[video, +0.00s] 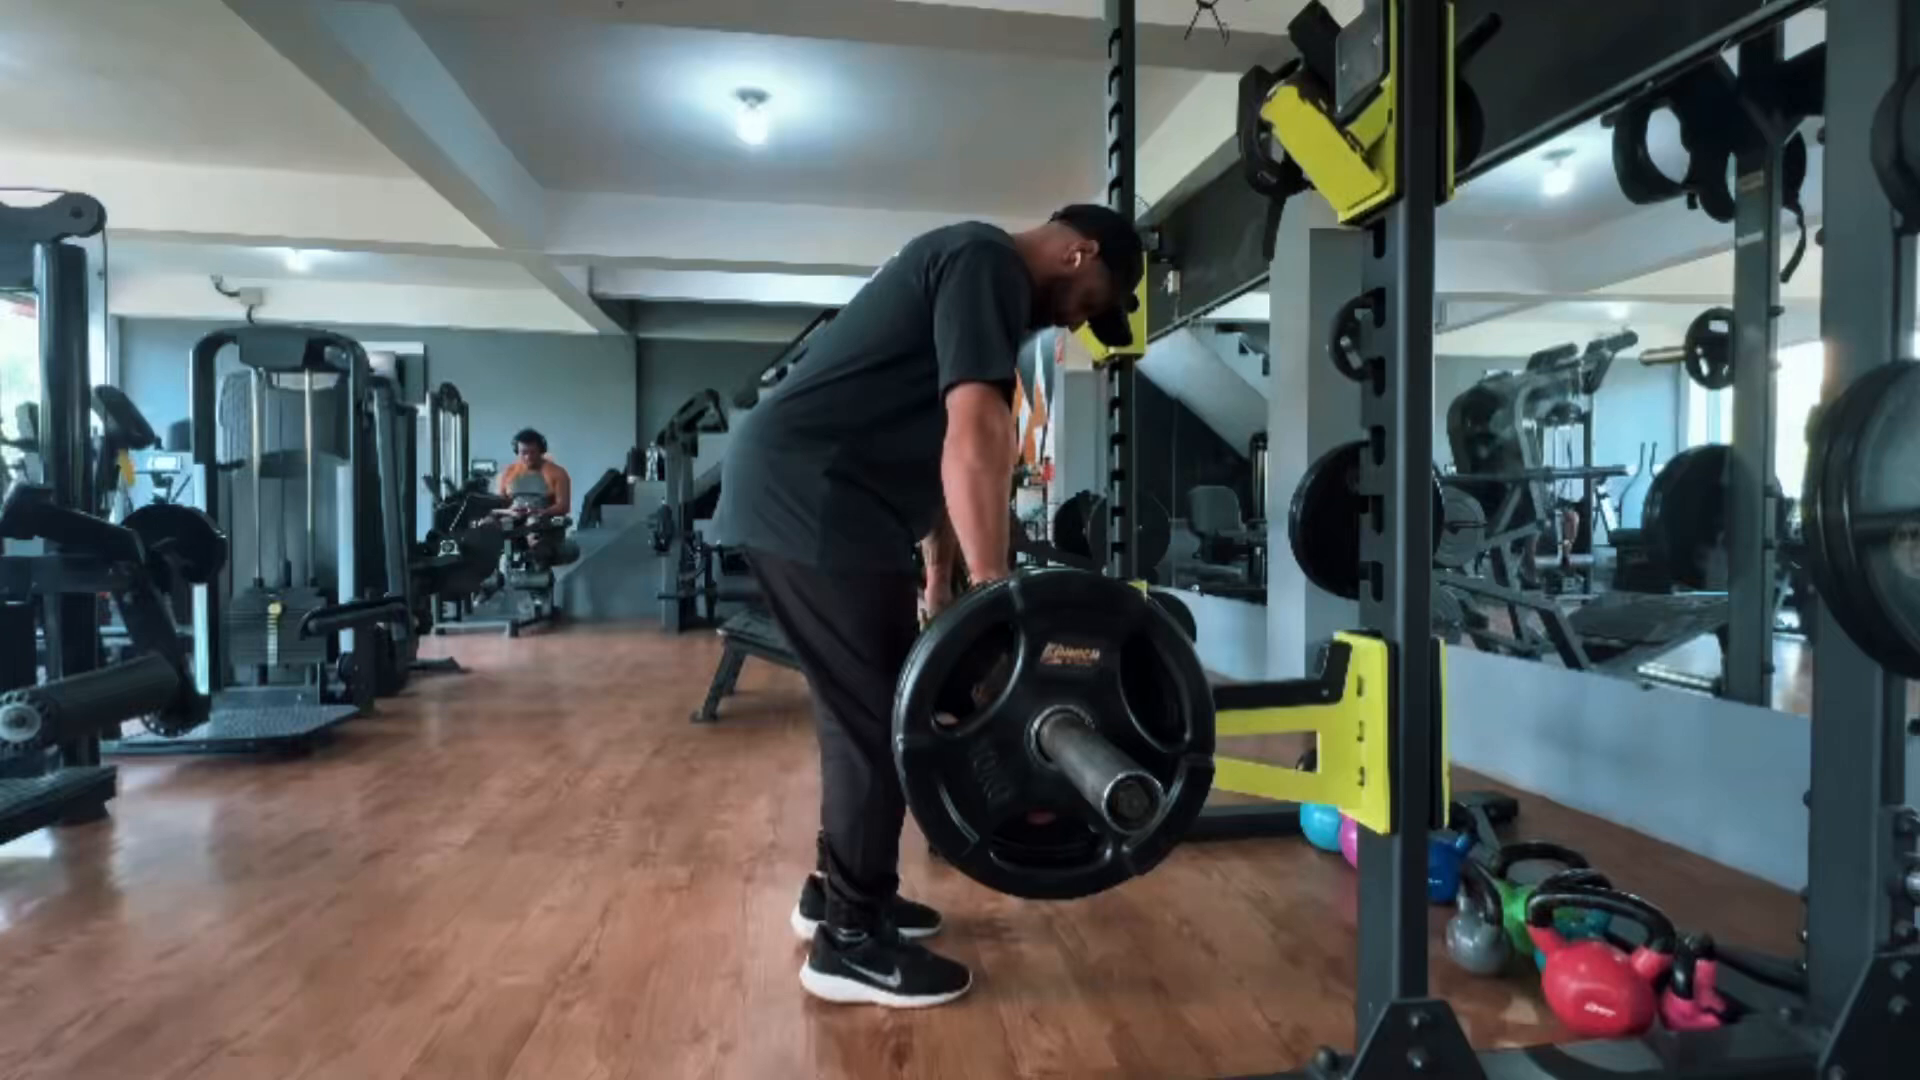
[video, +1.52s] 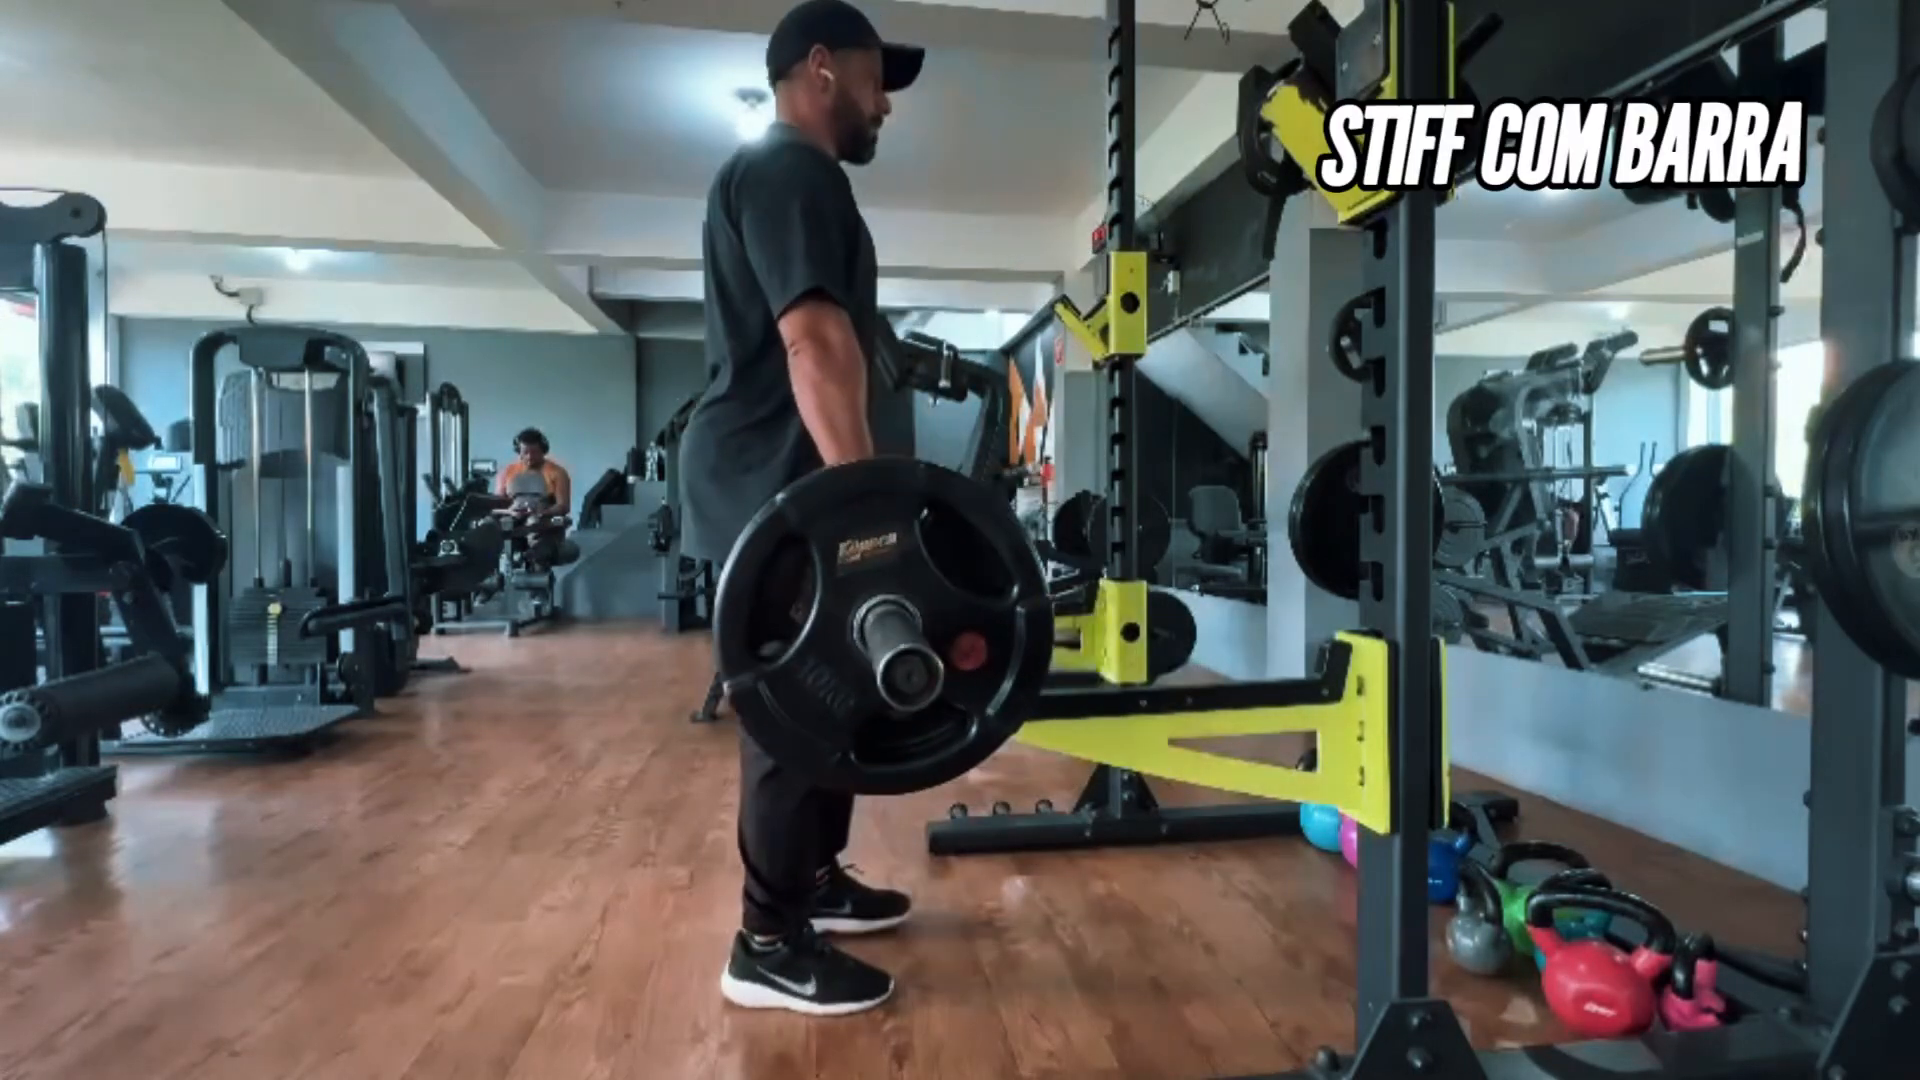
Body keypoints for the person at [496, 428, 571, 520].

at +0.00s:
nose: (528, 457)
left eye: (533, 452)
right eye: (524, 452)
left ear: (541, 451)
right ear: (517, 453)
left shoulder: (557, 474)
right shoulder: (510, 472)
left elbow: (563, 507)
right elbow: (503, 500)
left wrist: (540, 513)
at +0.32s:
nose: (527, 457)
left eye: (532, 452)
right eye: (523, 452)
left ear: (541, 451)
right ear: (517, 452)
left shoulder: (556, 473)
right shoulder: (508, 472)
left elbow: (562, 506)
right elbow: (500, 500)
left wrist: (538, 513)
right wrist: (512, 512)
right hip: (514, 522)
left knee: (535, 537)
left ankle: (542, 573)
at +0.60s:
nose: (527, 457)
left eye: (532, 452)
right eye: (523, 452)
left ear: (541, 451)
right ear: (517, 452)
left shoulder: (556, 473)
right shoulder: (509, 472)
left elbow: (563, 506)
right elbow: (501, 499)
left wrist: (540, 514)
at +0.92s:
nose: (528, 458)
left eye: (532, 453)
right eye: (524, 453)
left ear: (541, 452)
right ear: (518, 452)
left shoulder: (556, 473)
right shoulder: (507, 472)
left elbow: (563, 507)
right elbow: (501, 501)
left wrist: (539, 512)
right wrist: (512, 512)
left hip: (543, 519)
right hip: (514, 521)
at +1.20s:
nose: (530, 457)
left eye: (534, 452)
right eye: (525, 452)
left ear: (543, 451)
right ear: (519, 453)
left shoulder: (557, 473)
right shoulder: (509, 472)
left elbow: (563, 506)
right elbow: (500, 500)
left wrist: (542, 514)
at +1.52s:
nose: (530, 457)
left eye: (534, 452)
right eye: (525, 453)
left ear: (543, 451)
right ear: (519, 453)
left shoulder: (557, 473)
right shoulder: (509, 472)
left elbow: (563, 507)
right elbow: (501, 501)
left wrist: (541, 513)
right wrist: (513, 511)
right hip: (514, 523)